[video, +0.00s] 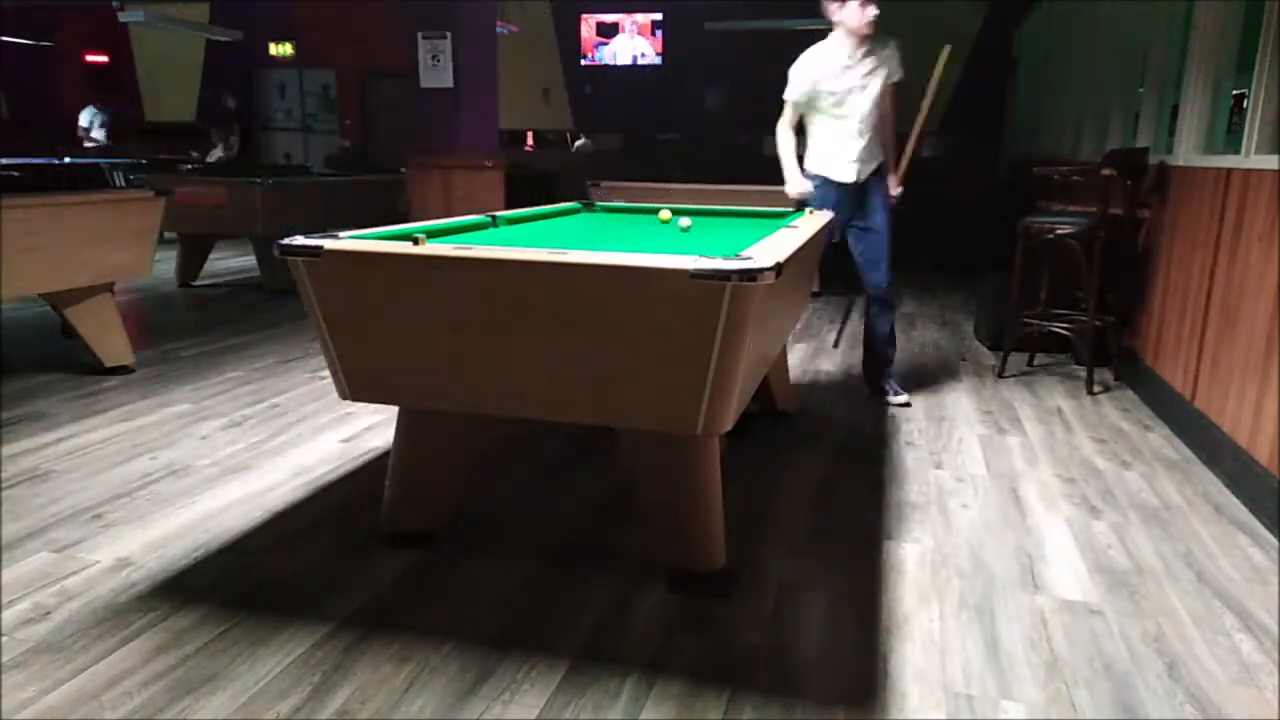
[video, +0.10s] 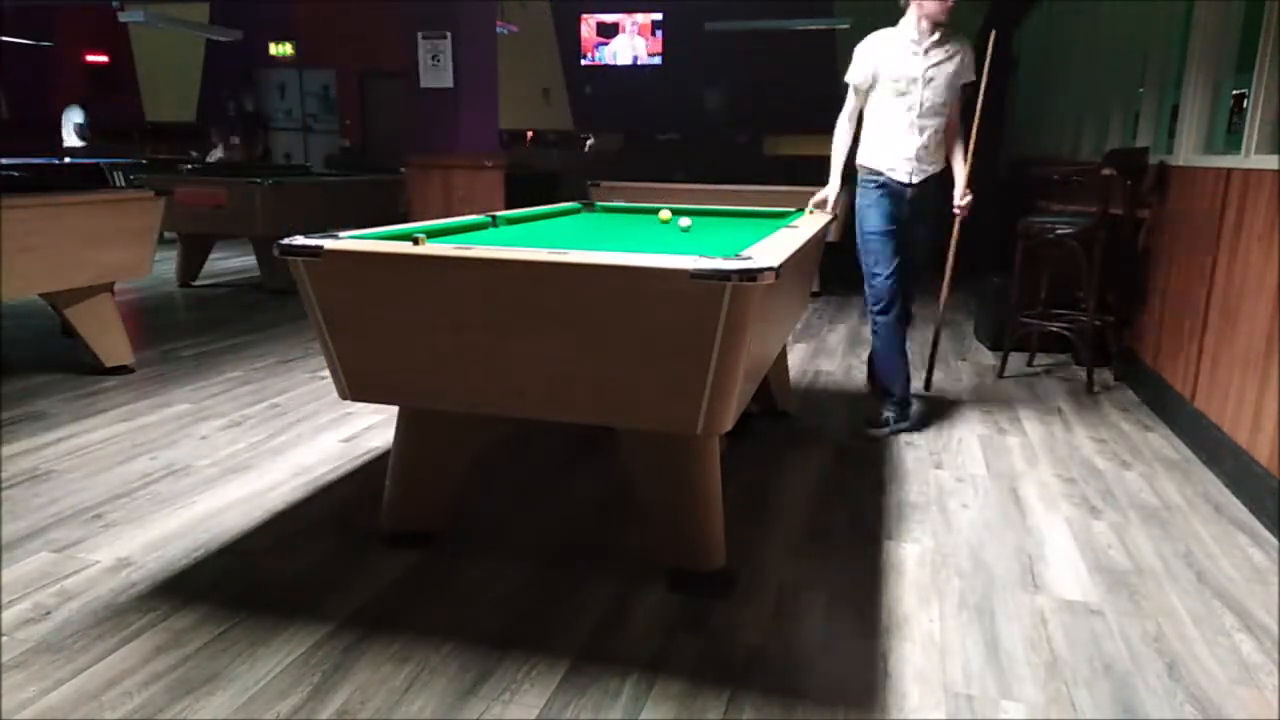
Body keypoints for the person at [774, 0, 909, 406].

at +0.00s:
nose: (872, 10)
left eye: (872, 3)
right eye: (861, 4)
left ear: (873, 9)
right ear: (834, 12)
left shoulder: (886, 55)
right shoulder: (812, 63)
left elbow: (886, 115)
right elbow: (785, 125)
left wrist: (890, 170)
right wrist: (792, 177)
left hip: (870, 185)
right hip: (822, 186)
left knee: (880, 286)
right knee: (796, 283)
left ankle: (881, 377)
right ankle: (760, 376)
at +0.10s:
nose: (947, 3)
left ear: (949, 7)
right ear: (915, 2)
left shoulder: (958, 54)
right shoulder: (875, 47)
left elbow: (954, 123)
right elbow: (848, 116)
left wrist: (961, 179)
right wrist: (834, 182)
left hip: (929, 188)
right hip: (877, 183)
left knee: (905, 291)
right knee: (883, 293)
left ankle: (880, 372)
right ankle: (897, 401)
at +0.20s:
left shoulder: (964, 20)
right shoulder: (889, 36)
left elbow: (987, 111)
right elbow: (879, 122)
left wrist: (953, 182)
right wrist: (836, 187)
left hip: (930, 189)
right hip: (885, 187)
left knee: (917, 318)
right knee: (881, 315)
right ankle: (901, 409)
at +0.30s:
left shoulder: (957, 11)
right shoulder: (945, 14)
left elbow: (969, 106)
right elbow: (946, 106)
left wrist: (900, 177)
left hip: (937, 186)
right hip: (915, 183)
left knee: (925, 326)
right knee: (890, 319)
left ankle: (929, 456)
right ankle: (908, 434)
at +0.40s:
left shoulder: (957, 11)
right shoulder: (955, 13)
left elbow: (921, 105)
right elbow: (927, 98)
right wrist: (883, 55)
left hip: (933, 181)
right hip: (910, 180)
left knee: (926, 325)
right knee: (895, 319)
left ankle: (930, 455)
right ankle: (908, 436)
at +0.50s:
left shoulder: (956, 11)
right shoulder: (956, 13)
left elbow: (917, 106)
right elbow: (924, 96)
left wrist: (863, 74)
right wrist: (878, 53)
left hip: (931, 181)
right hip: (910, 180)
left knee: (924, 325)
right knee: (894, 319)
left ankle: (930, 455)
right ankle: (908, 437)